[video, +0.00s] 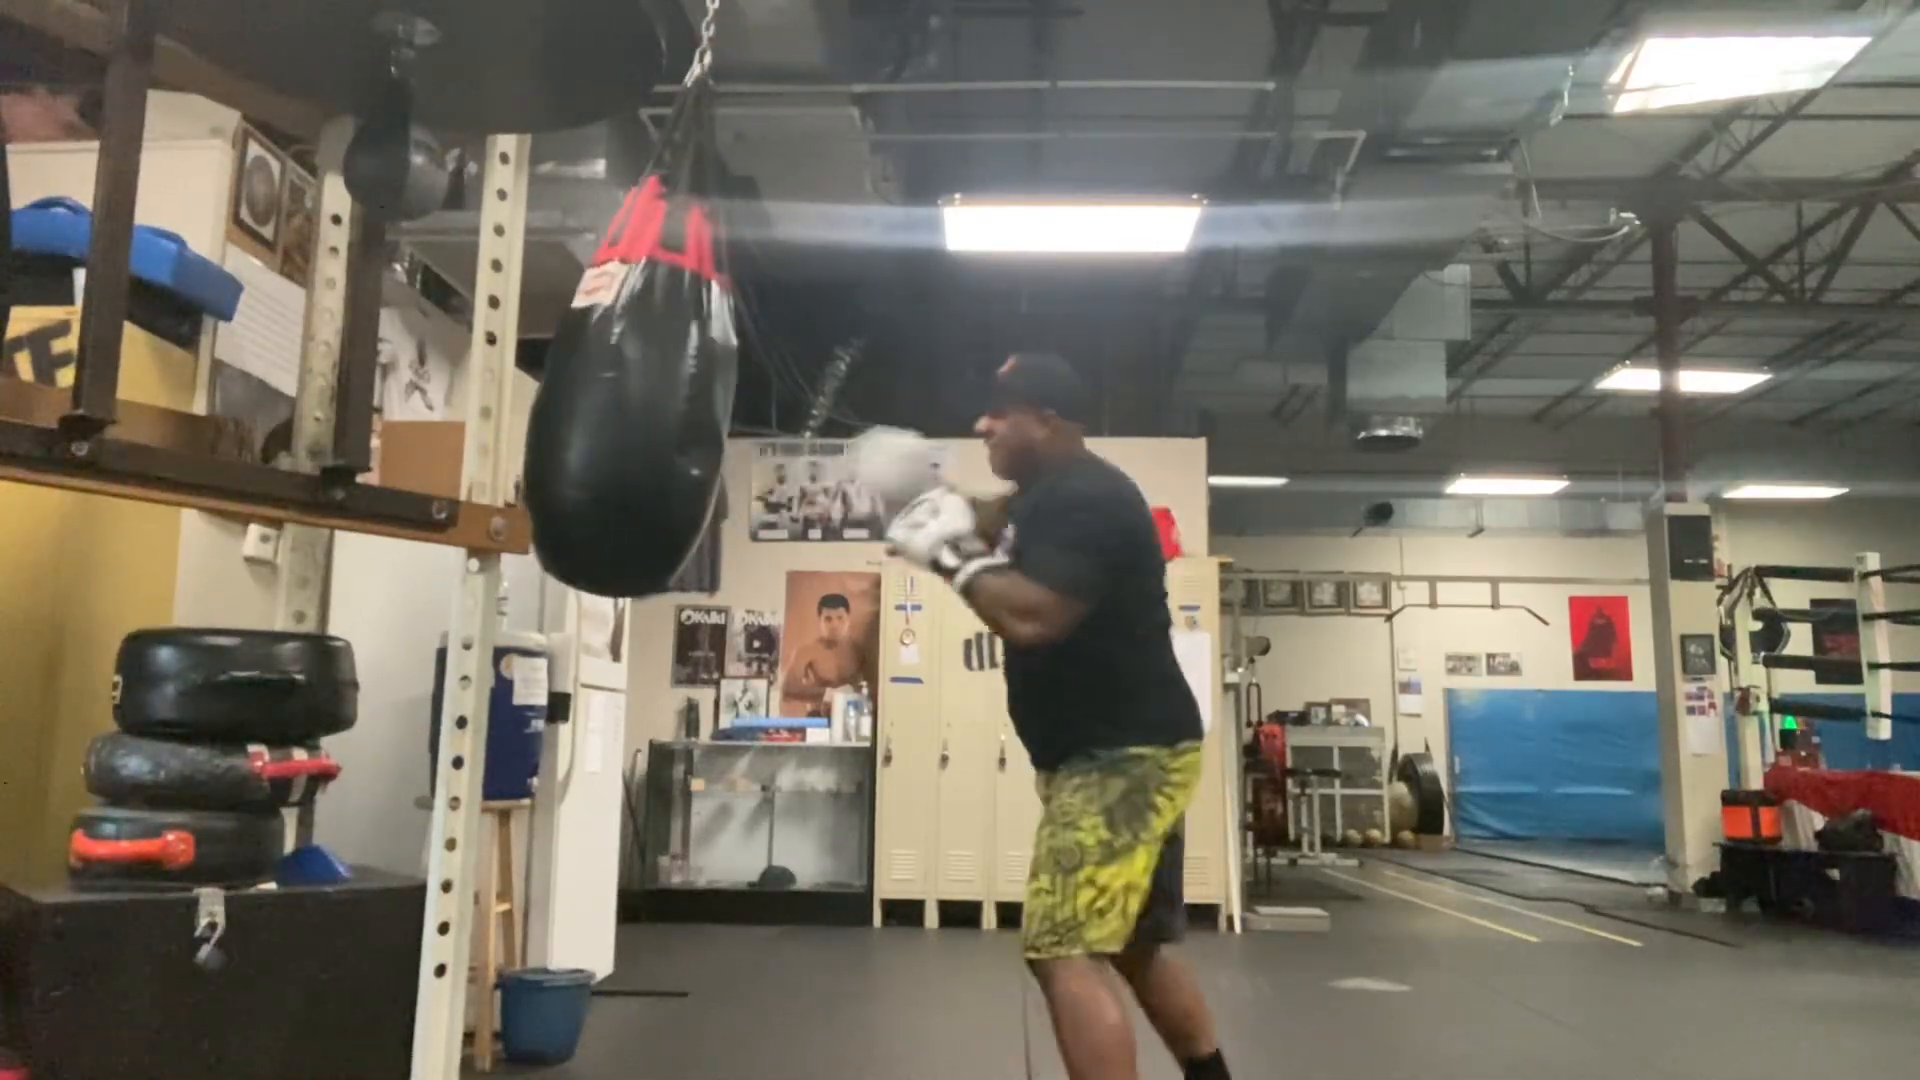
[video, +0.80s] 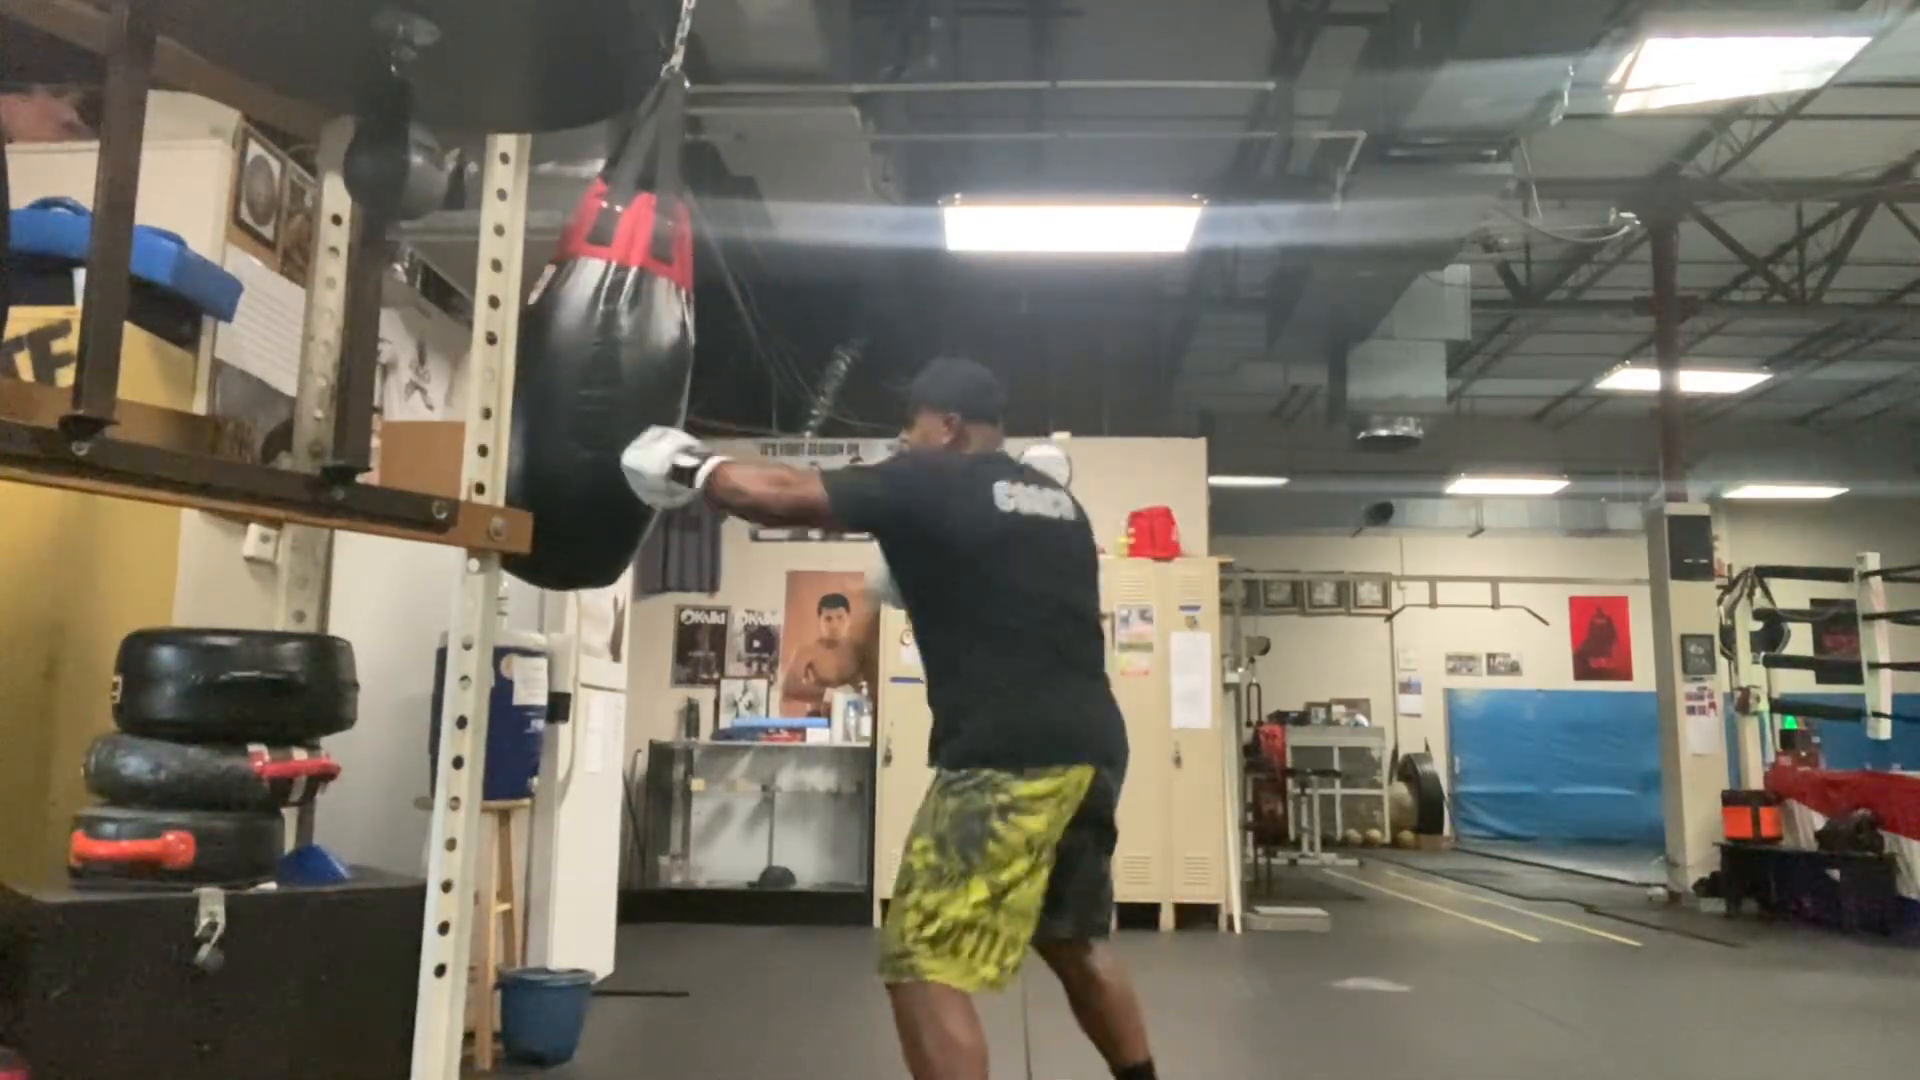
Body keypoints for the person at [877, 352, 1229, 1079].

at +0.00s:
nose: (985, 427)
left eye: (999, 413)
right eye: (990, 412)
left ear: (1047, 423)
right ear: (1048, 425)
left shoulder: (1089, 498)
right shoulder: (1052, 495)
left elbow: (1034, 619)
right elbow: (983, 522)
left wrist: (954, 556)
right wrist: (917, 492)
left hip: (1121, 754)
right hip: (1103, 753)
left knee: (1061, 947)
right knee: (1136, 946)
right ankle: (1211, 1073)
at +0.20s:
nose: (959, 420)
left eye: (972, 406)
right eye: (962, 406)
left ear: (1021, 413)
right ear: (1015, 416)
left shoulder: (1065, 479)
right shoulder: (1018, 496)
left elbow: (1051, 564)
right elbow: (969, 588)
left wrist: (963, 519)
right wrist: (914, 568)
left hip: (1093, 748)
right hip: (1114, 744)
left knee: (1046, 953)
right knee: (1142, 946)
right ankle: (1206, 1074)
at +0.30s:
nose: (949, 446)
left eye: (957, 431)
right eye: (949, 432)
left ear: (1002, 425)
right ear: (1033, 427)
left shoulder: (997, 478)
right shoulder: (1096, 487)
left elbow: (860, 492)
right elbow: (1062, 593)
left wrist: (761, 476)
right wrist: (965, 596)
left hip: (1072, 738)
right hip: (1149, 734)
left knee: (989, 954)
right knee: (1124, 930)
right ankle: (1182, 1074)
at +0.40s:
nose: (944, 441)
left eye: (950, 427)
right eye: (945, 427)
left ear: (984, 426)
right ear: (1031, 431)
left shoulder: (974, 490)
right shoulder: (1096, 502)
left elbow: (835, 541)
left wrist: (767, 505)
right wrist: (908, 498)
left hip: (1053, 759)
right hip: (1132, 750)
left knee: (983, 973)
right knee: (1116, 940)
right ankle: (1182, 1075)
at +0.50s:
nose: (923, 419)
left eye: (936, 404)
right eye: (927, 404)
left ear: (981, 413)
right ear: (989, 415)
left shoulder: (1011, 487)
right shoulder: (1035, 479)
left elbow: (983, 608)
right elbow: (978, 542)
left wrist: (905, 570)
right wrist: (915, 503)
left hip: (1051, 744)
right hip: (1098, 737)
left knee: (962, 936)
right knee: (1104, 930)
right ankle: (1181, 1072)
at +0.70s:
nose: (912, 413)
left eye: (926, 399)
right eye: (917, 399)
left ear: (970, 409)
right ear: (976, 411)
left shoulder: (1005, 484)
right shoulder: (1002, 477)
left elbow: (951, 576)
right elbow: (956, 565)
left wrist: (872, 531)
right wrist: (891, 522)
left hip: (1024, 746)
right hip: (1076, 740)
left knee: (946, 948)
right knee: (1088, 940)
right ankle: (1166, 1072)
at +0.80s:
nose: (907, 439)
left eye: (915, 425)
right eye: (910, 425)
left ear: (951, 425)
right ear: (989, 429)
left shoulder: (927, 481)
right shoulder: (1058, 499)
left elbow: (784, 497)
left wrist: (692, 470)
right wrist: (911, 582)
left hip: (1006, 748)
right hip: (1093, 742)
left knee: (920, 959)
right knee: (1071, 936)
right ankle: (1139, 1073)